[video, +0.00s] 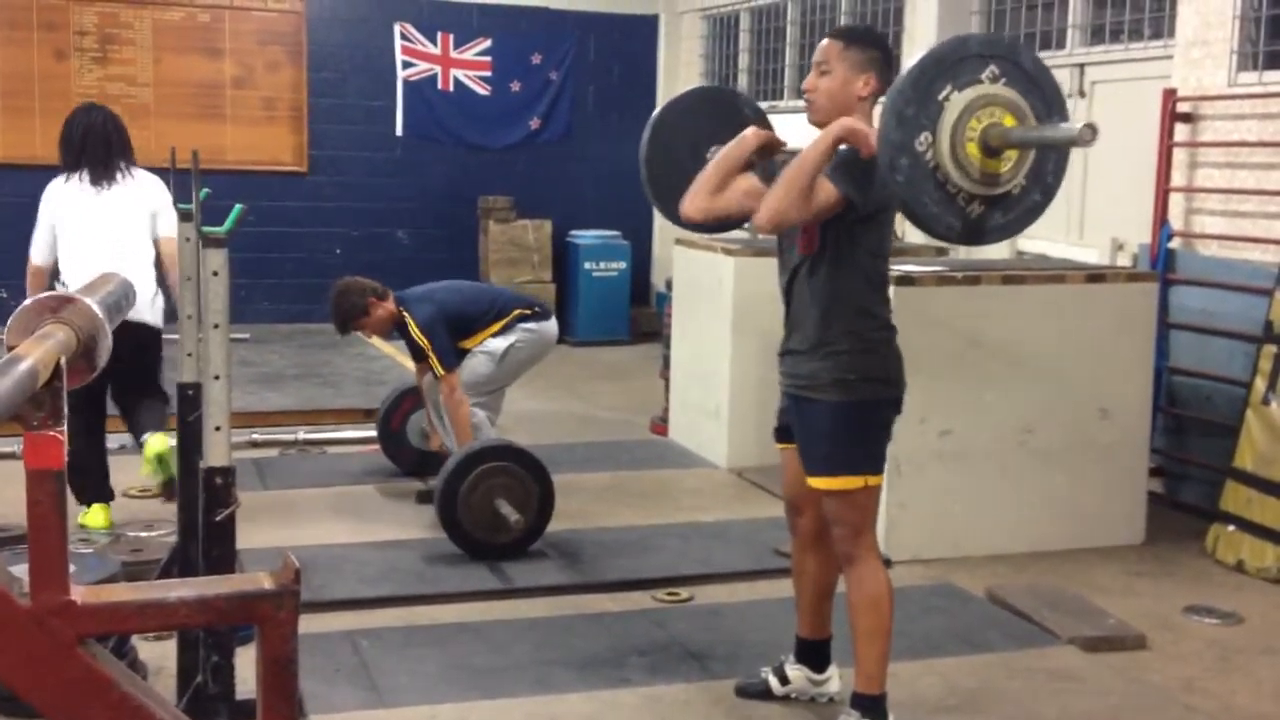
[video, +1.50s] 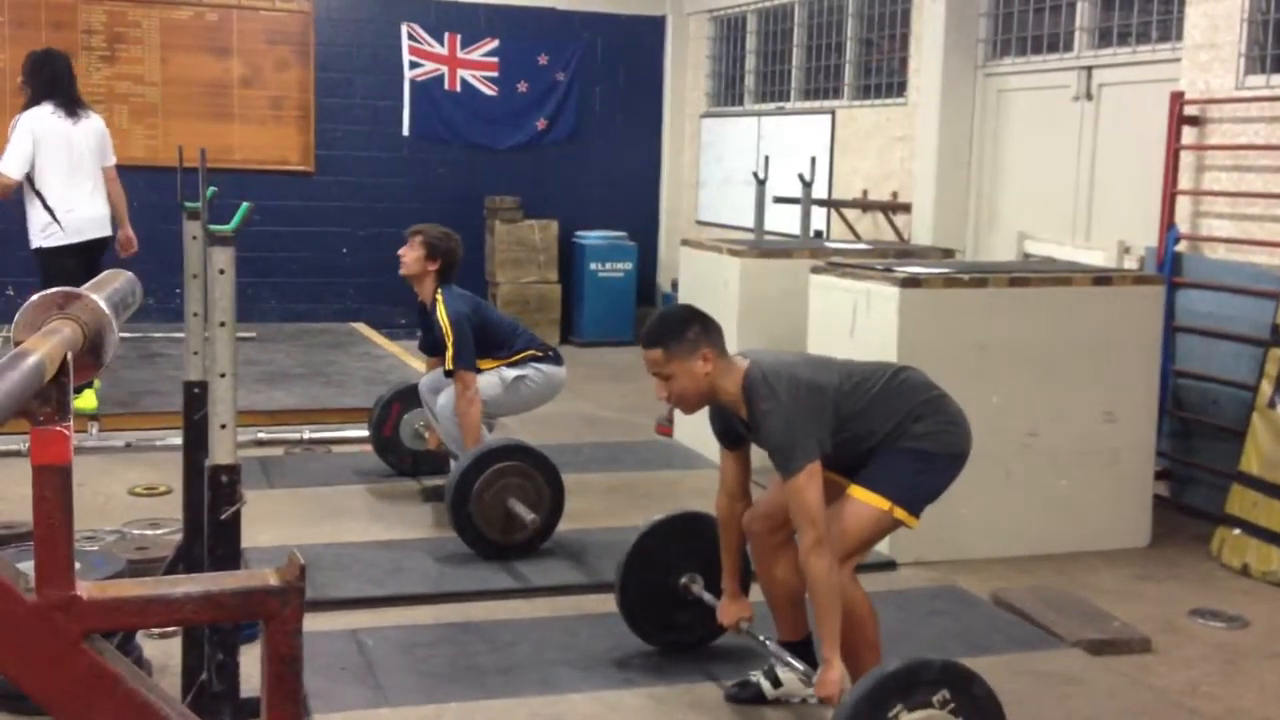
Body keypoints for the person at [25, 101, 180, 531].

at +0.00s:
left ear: (72, 143)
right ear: (121, 139)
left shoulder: (58, 190)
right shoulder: (151, 185)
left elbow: (38, 266)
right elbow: (171, 254)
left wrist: (37, 320)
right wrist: (189, 308)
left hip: (80, 321)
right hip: (141, 315)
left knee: (84, 412)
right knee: (138, 386)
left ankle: (96, 506)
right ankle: (155, 437)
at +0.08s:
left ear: (71, 132)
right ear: (121, 129)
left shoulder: (55, 178)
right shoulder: (147, 176)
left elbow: (33, 248)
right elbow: (168, 237)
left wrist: (49, 283)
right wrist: (190, 293)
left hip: (78, 308)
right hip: (137, 304)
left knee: (84, 402)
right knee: (136, 376)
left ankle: (95, 504)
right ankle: (139, 454)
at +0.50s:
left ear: (89, 139)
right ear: (137, 140)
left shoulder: (71, 178)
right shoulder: (151, 187)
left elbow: (52, 241)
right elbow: (166, 251)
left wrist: (74, 271)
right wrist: (188, 307)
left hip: (78, 300)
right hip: (131, 302)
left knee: (84, 381)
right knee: (130, 380)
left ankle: (90, 446)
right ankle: (128, 468)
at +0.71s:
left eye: (85, 118)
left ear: (88, 121)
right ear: (136, 122)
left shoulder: (71, 162)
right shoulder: (151, 169)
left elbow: (50, 225)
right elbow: (163, 232)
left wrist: (34, 272)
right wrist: (159, 270)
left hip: (78, 278)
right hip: (132, 281)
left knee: (74, 348)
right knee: (133, 368)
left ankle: (90, 408)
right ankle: (129, 459)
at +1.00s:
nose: (61, 119)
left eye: (64, 112)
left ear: (66, 116)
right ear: (105, 115)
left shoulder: (57, 155)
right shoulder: (127, 155)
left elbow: (42, 216)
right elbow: (140, 208)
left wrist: (26, 271)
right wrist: (117, 231)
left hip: (69, 268)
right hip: (122, 269)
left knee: (68, 333)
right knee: (129, 351)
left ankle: (82, 388)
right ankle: (129, 434)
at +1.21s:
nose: (36, 96)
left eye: (40, 90)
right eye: (38, 90)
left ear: (49, 93)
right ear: (84, 90)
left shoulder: (44, 132)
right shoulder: (107, 130)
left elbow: (33, 195)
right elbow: (125, 186)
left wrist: (22, 242)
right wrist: (118, 225)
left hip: (62, 245)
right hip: (110, 243)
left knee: (61, 322)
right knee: (112, 312)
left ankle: (78, 391)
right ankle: (119, 368)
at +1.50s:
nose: (20, 82)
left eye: (24, 77)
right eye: (22, 75)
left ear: (34, 81)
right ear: (67, 78)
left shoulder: (29, 122)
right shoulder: (92, 119)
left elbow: (10, 179)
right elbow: (111, 176)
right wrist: (124, 224)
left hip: (55, 235)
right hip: (97, 230)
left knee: (60, 316)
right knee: (91, 310)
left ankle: (70, 392)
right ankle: (88, 388)